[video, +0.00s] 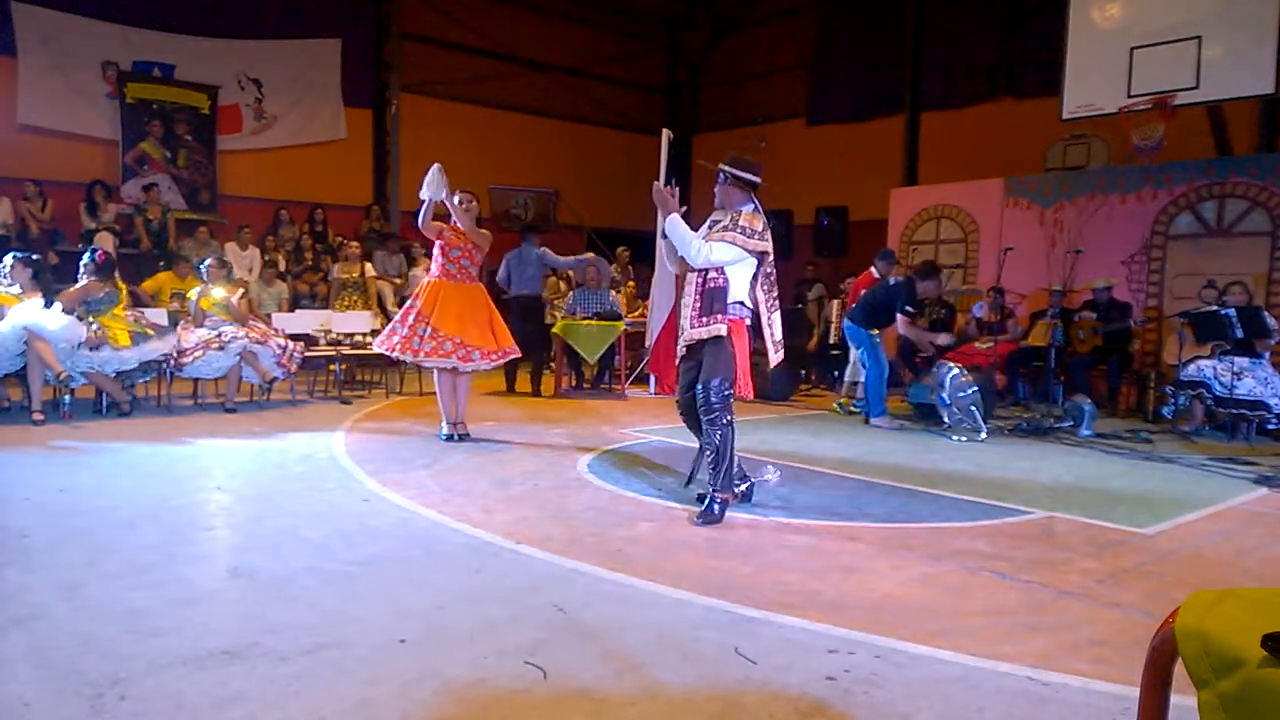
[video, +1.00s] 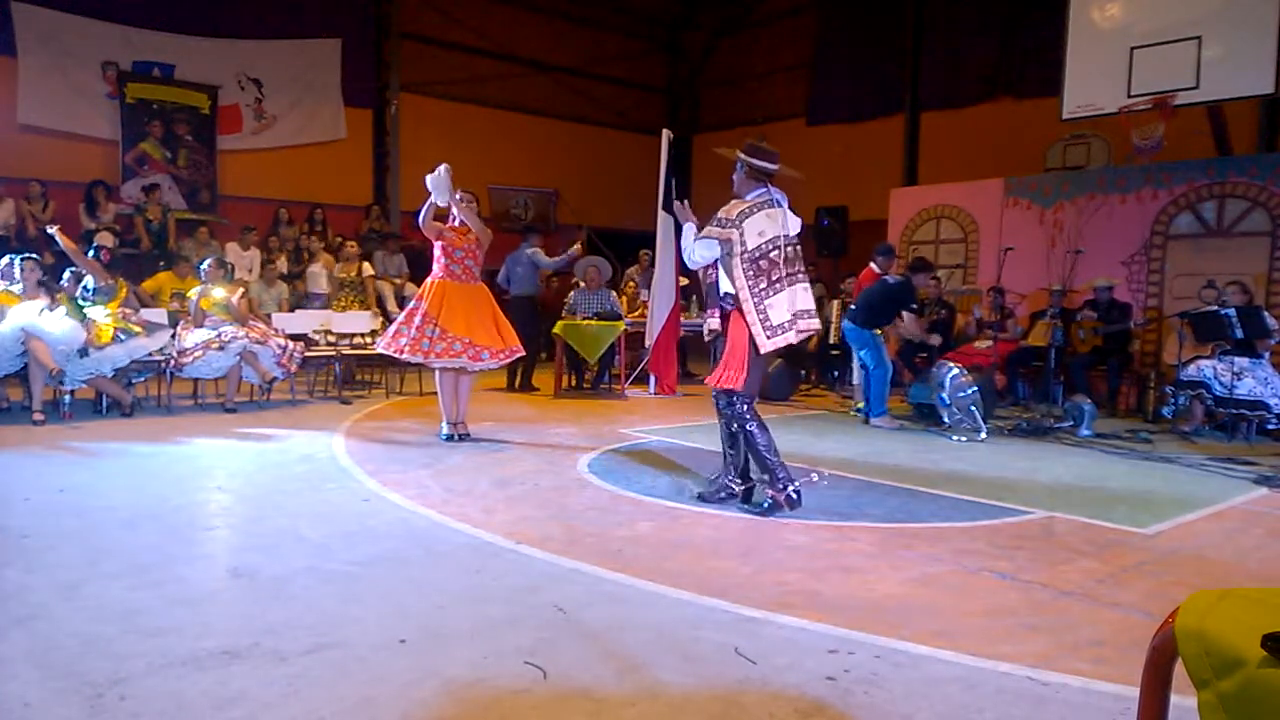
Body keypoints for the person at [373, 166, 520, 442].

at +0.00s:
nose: (464, 204)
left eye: (469, 200)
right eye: (460, 202)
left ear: (479, 208)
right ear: (452, 209)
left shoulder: (484, 238)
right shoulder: (443, 230)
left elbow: (468, 228)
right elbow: (424, 225)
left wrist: (449, 203)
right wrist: (430, 199)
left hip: (468, 297)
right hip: (440, 296)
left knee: (464, 364)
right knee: (443, 363)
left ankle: (460, 420)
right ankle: (447, 420)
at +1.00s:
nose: (464, 205)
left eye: (469, 201)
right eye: (459, 202)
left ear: (478, 209)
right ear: (453, 208)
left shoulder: (482, 237)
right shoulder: (442, 231)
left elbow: (477, 226)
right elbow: (425, 223)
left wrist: (457, 204)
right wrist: (433, 199)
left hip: (471, 297)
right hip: (443, 295)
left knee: (467, 364)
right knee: (445, 363)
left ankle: (461, 420)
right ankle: (447, 420)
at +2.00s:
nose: (452, 205)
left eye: (458, 201)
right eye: (448, 201)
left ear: (467, 205)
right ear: (441, 206)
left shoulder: (478, 232)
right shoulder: (435, 234)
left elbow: (504, 243)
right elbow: (452, 241)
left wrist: (484, 217)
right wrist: (474, 214)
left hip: (474, 299)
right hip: (447, 299)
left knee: (468, 365)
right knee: (448, 366)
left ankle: (461, 421)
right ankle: (447, 421)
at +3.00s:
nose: (452, 212)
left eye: (457, 207)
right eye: (447, 207)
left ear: (466, 211)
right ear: (441, 211)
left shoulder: (476, 231)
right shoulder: (438, 240)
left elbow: (497, 256)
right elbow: (457, 262)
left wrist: (496, 233)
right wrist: (486, 243)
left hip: (469, 303)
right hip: (444, 303)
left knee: (463, 365)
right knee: (443, 365)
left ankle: (458, 421)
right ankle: (446, 421)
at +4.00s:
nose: (459, 207)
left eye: (462, 204)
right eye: (455, 202)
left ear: (467, 207)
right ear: (448, 204)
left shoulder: (477, 233)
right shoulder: (437, 229)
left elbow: (489, 238)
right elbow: (442, 231)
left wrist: (473, 211)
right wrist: (453, 207)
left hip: (469, 297)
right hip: (442, 295)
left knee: (462, 365)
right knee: (442, 364)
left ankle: (457, 421)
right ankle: (445, 422)